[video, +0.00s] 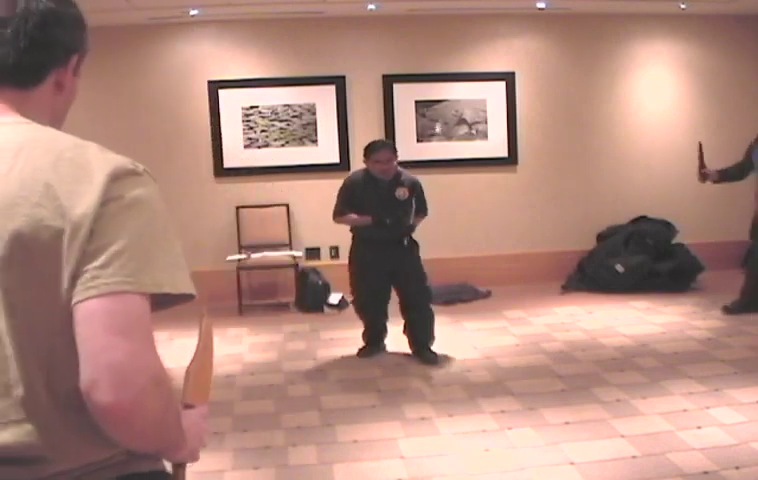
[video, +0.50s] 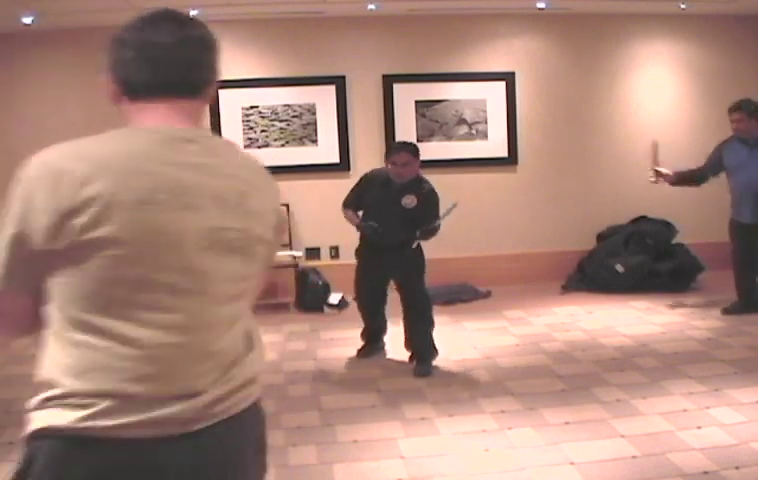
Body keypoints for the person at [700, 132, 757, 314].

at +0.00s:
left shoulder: (753, 148)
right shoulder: (754, 147)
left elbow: (742, 169)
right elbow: (743, 169)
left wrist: (714, 175)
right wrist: (714, 175)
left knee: (753, 255)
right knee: (752, 254)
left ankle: (748, 297)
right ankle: (748, 297)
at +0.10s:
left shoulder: (751, 145)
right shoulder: (751, 145)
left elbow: (738, 171)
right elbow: (738, 171)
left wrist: (710, 175)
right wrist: (710, 175)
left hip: (753, 217)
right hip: (753, 215)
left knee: (750, 257)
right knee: (750, 257)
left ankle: (749, 297)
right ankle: (747, 297)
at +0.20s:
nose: (753, 121)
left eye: (755, 117)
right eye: (752, 117)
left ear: (757, 118)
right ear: (750, 118)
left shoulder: (748, 145)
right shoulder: (747, 145)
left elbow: (732, 174)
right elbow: (733, 174)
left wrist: (705, 178)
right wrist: (704, 177)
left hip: (753, 215)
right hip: (751, 214)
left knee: (749, 257)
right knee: (748, 257)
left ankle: (749, 298)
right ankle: (747, 297)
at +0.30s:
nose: (747, 123)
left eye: (751, 118)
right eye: (745, 118)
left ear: (757, 119)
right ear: (743, 120)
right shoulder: (740, 146)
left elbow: (724, 175)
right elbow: (725, 174)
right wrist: (694, 179)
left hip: (754, 217)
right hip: (747, 216)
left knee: (750, 259)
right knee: (746, 258)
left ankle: (750, 299)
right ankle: (747, 298)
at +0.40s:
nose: (741, 125)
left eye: (745, 120)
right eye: (738, 120)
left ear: (757, 120)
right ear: (737, 121)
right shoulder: (735, 146)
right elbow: (714, 174)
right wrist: (684, 178)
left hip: (755, 220)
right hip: (744, 218)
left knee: (752, 260)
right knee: (744, 260)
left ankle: (751, 299)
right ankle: (745, 299)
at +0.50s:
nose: (735, 126)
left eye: (739, 121)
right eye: (732, 122)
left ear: (753, 120)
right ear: (731, 122)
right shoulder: (728, 148)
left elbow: (703, 173)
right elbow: (703, 173)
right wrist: (673, 177)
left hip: (754, 219)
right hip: (742, 219)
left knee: (748, 261)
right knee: (742, 262)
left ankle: (749, 301)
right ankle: (746, 300)